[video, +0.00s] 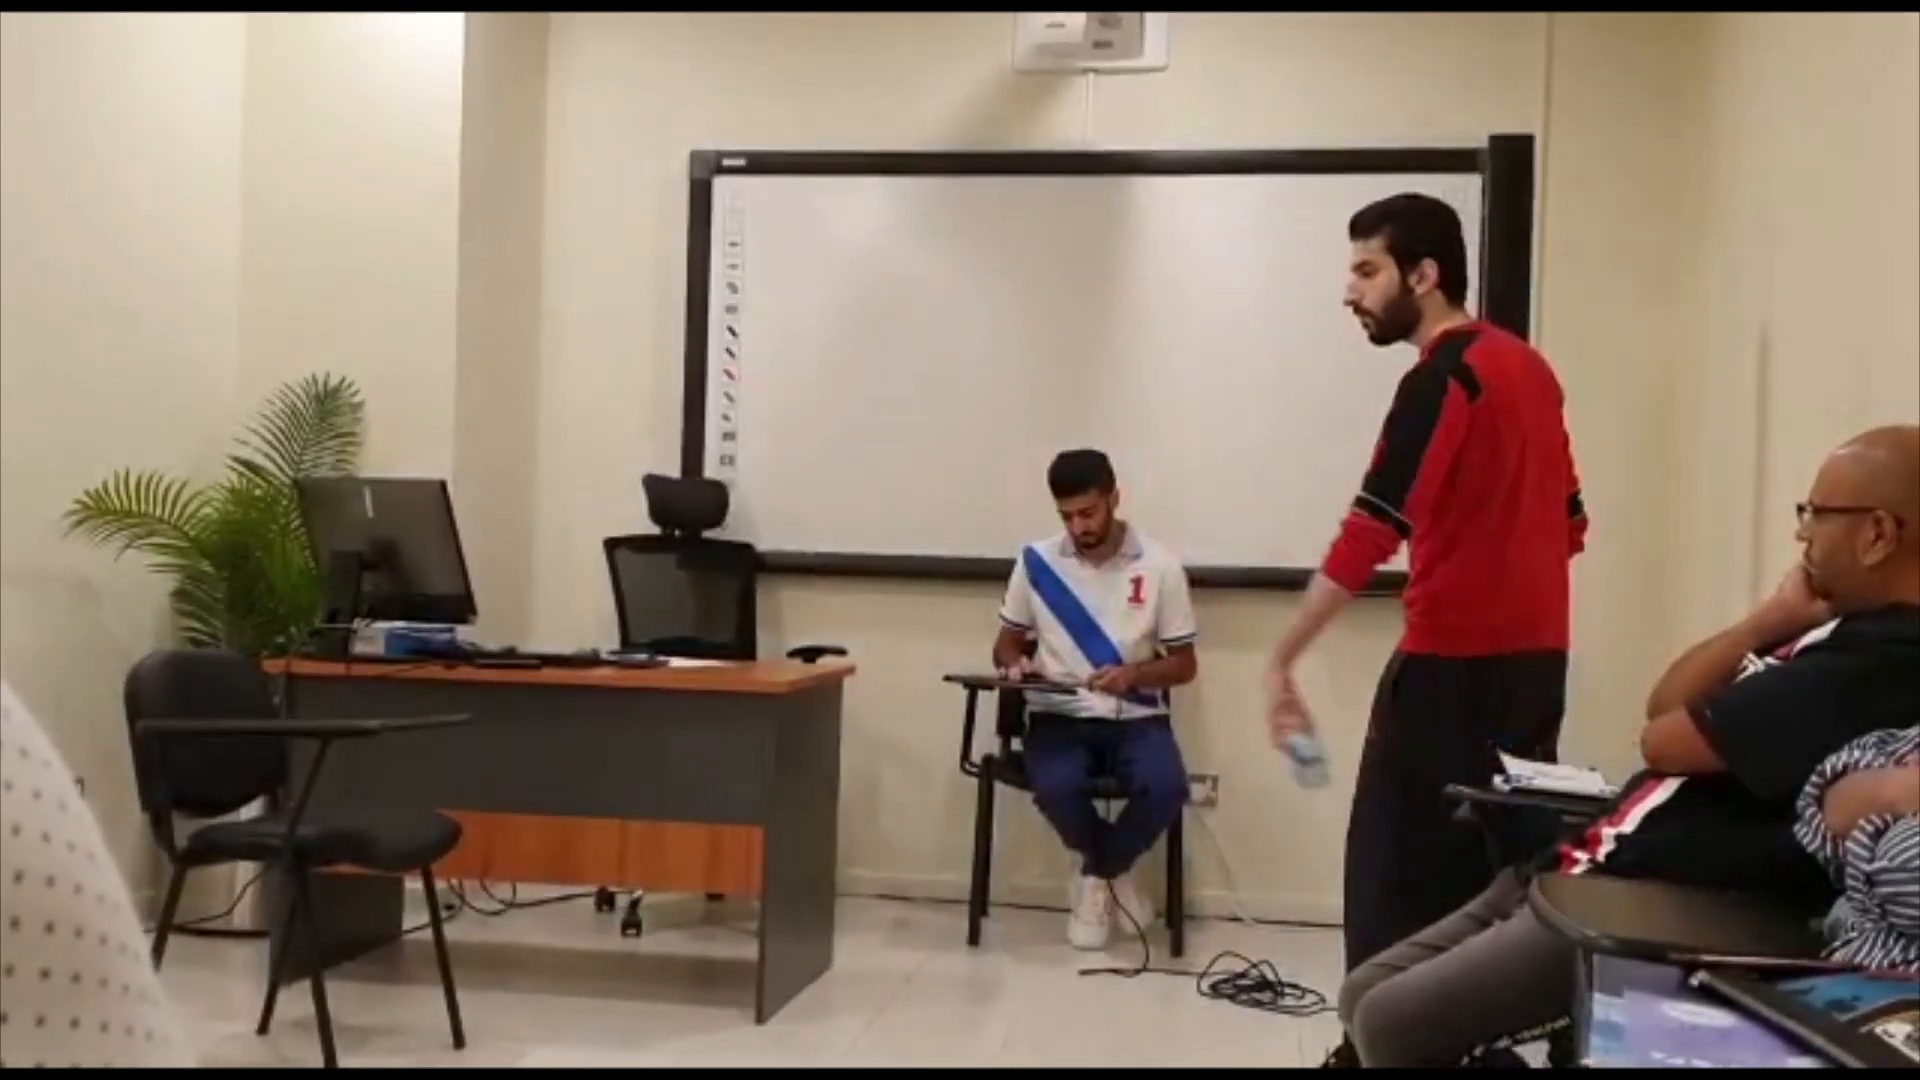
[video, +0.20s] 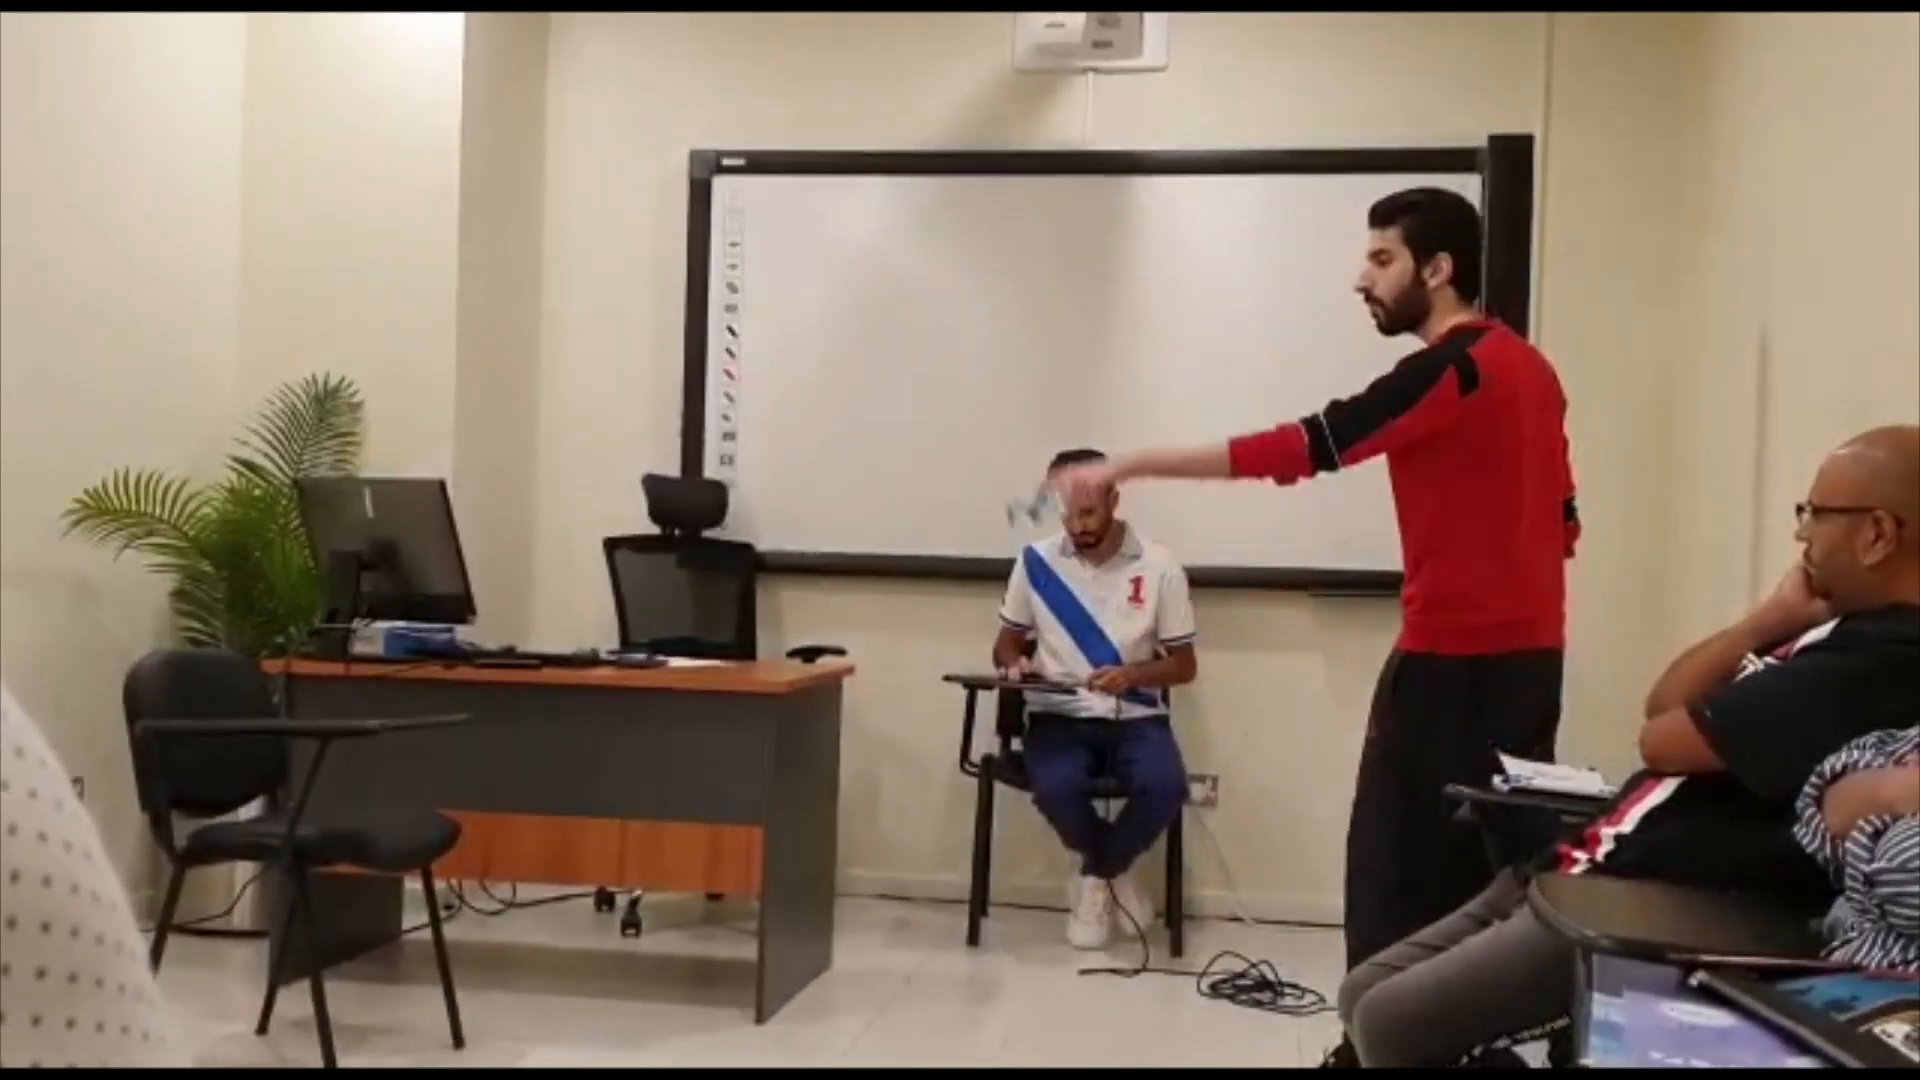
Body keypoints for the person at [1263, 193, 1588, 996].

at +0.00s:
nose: (1351, 293)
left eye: (1365, 272)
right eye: (1352, 273)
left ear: (1424, 274)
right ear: (1434, 277)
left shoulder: (1440, 374)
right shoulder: (1529, 365)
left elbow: (1372, 530)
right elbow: (1570, 527)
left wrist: (1282, 657)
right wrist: (1467, 580)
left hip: (1450, 665)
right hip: (1533, 664)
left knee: (1390, 863)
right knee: (1503, 861)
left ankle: (1388, 1041)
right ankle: (1490, 1035)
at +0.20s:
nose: (1364, 280)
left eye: (1381, 260)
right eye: (1368, 260)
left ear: (1440, 268)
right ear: (1446, 271)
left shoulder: (1446, 369)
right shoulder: (1533, 368)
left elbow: (1303, 447)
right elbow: (1562, 525)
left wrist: (1126, 465)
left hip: (1450, 662)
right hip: (1527, 662)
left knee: (1390, 860)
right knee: (1492, 862)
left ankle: (1386, 1045)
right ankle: (1484, 1042)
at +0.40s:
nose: (1371, 268)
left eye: (1390, 251)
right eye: (1376, 250)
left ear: (1447, 263)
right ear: (1453, 267)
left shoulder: (1440, 365)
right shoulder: (1534, 369)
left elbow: (1274, 403)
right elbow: (1562, 530)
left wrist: (1126, 333)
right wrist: (1469, 587)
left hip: (1441, 666)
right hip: (1524, 666)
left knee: (1387, 862)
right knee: (1494, 868)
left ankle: (1383, 1040)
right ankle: (1488, 1039)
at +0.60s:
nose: (1372, 266)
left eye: (1393, 250)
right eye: (1379, 248)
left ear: (1450, 264)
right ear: (1454, 268)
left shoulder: (1440, 364)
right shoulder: (1532, 368)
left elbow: (1277, 393)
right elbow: (1563, 532)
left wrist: (1140, 309)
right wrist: (1476, 591)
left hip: (1439, 660)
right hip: (1521, 660)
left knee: (1388, 861)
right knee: (1494, 862)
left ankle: (1379, 1038)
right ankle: (1485, 1037)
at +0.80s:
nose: (1375, 273)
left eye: (1394, 256)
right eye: (1380, 255)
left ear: (1452, 265)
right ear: (1456, 270)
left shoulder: (1459, 362)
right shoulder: (1532, 368)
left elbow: (1308, 426)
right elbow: (1565, 535)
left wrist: (1146, 376)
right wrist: (1480, 600)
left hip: (1448, 658)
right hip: (1521, 657)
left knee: (1389, 858)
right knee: (1492, 858)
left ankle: (1380, 1038)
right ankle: (1485, 1035)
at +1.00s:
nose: (1378, 284)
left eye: (1395, 265)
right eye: (1380, 267)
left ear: (1451, 276)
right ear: (1453, 281)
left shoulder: (1476, 358)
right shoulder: (1530, 367)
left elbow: (1425, 491)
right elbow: (1578, 537)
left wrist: (1284, 553)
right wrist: (1498, 601)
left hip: (1467, 649)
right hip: (1536, 650)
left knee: (1397, 840)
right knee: (1504, 841)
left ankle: (1382, 1042)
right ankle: (1482, 1036)